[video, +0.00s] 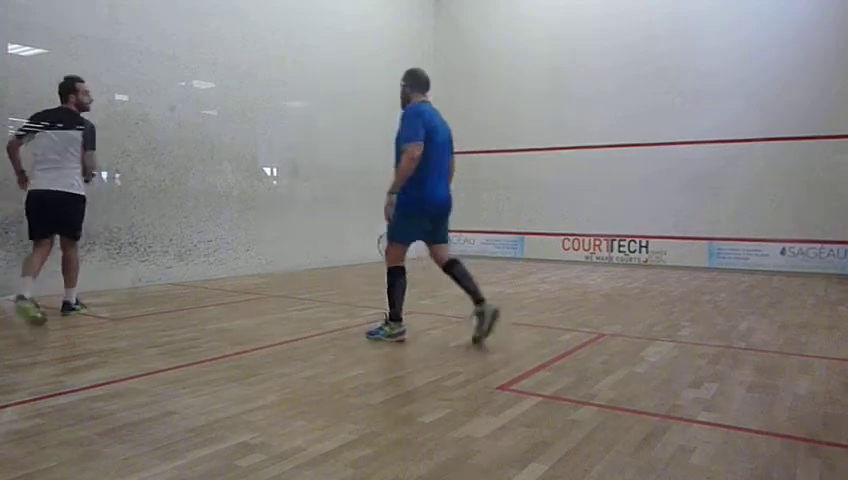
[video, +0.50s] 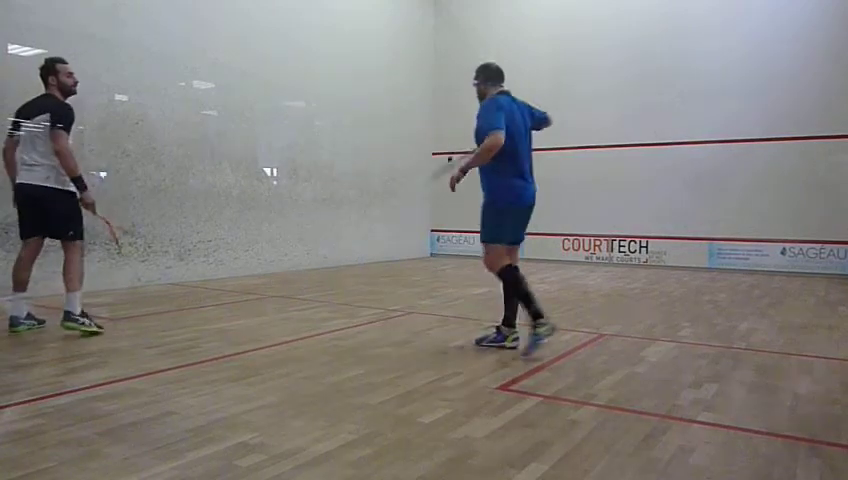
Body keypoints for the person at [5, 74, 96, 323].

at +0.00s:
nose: (90, 97)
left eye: (88, 92)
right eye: (85, 93)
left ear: (65, 97)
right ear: (71, 97)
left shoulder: (41, 117)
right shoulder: (85, 125)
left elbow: (12, 145)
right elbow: (89, 166)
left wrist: (19, 172)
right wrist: (86, 177)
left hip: (38, 194)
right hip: (71, 196)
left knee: (41, 245)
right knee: (69, 246)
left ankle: (24, 294)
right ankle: (70, 301)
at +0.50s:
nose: (75, 79)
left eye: (73, 75)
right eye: (69, 75)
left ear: (50, 82)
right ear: (52, 80)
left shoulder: (24, 109)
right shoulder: (62, 109)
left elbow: (8, 151)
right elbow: (60, 147)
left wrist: (18, 185)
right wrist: (83, 189)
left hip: (26, 190)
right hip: (57, 191)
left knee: (31, 245)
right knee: (73, 247)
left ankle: (18, 314)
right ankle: (73, 313)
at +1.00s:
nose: (103, 73)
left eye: (102, 68)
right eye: (97, 68)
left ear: (77, 75)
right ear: (79, 73)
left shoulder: (50, 102)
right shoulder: (88, 103)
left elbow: (53, 146)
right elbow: (90, 141)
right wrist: (116, 183)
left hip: (43, 185)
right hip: (70, 187)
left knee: (51, 250)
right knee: (71, 256)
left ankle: (34, 319)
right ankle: (72, 327)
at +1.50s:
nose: (111, 70)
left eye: (110, 65)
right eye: (105, 65)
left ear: (84, 70)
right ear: (87, 68)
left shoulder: (59, 96)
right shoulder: (95, 100)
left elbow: (64, 144)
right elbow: (94, 146)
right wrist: (114, 190)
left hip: (49, 185)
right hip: (78, 188)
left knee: (50, 252)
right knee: (74, 258)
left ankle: (37, 321)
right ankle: (72, 327)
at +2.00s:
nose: (113, 71)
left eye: (112, 66)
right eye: (107, 67)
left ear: (86, 72)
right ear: (90, 71)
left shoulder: (57, 97)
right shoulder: (96, 102)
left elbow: (47, 144)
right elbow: (99, 147)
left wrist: (83, 164)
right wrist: (123, 190)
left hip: (46, 184)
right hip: (76, 188)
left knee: (50, 249)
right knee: (73, 256)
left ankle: (36, 319)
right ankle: (72, 326)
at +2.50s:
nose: (78, 78)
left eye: (77, 73)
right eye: (74, 74)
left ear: (49, 78)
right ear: (60, 77)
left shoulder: (18, 104)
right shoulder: (74, 109)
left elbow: (4, 147)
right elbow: (87, 156)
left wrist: (6, 181)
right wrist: (95, 184)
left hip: (22, 190)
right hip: (60, 193)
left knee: (19, 251)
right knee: (69, 256)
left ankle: (11, 315)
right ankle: (73, 319)